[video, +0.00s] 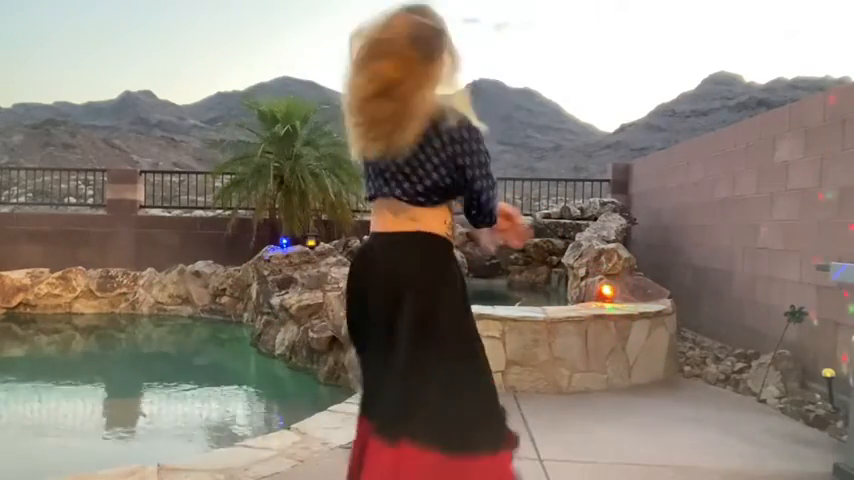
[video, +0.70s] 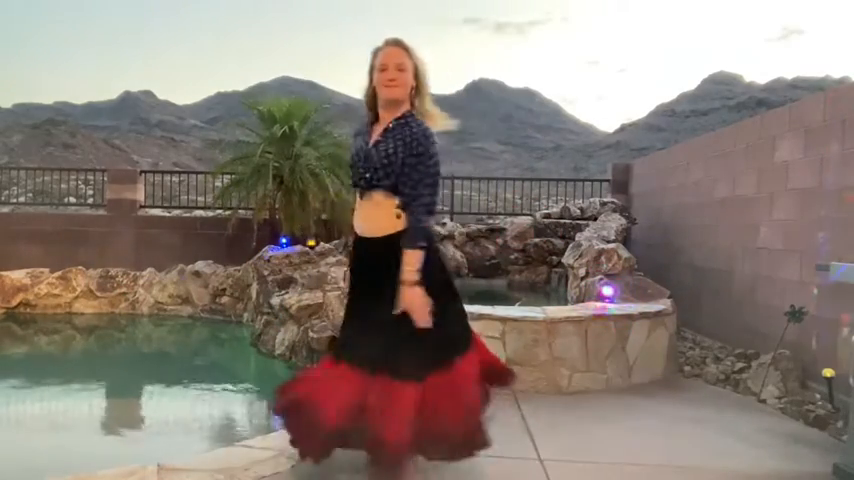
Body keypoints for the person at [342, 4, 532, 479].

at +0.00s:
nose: (450, 62)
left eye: (446, 54)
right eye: (446, 54)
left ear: (381, 58)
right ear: (439, 61)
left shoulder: (374, 119)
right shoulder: (455, 126)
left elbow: (417, 192)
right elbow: (482, 211)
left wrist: (491, 209)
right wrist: (503, 223)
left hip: (373, 262)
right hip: (428, 266)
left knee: (386, 394)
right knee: (457, 398)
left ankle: (388, 472)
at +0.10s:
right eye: (445, 64)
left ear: (381, 68)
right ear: (446, 71)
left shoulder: (369, 129)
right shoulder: (457, 133)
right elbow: (472, 213)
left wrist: (474, 223)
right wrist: (487, 235)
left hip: (372, 263)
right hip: (427, 266)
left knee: (387, 391)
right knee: (457, 390)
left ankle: (395, 469)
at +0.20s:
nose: (379, 76)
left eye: (384, 68)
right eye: (382, 66)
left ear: (396, 78)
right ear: (443, 81)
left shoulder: (370, 136)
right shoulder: (455, 141)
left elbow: (360, 190)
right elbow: (452, 210)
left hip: (369, 259)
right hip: (425, 261)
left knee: (380, 374)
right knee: (443, 375)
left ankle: (391, 464)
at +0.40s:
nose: (390, 79)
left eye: (402, 72)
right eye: (390, 70)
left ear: (427, 85)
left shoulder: (394, 131)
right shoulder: (425, 131)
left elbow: (342, 198)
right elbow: (406, 208)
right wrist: (357, 244)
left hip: (393, 255)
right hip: (419, 250)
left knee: (390, 365)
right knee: (442, 361)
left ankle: (385, 461)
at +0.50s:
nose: (392, 78)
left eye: (403, 73)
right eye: (390, 71)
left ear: (427, 85)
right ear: (387, 75)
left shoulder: (408, 131)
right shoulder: (407, 128)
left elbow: (369, 194)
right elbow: (385, 200)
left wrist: (315, 223)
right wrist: (360, 258)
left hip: (397, 255)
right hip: (402, 250)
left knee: (396, 364)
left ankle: (394, 460)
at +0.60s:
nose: (394, 78)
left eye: (404, 71)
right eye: (388, 70)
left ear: (420, 83)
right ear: (378, 78)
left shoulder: (414, 136)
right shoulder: (387, 130)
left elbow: (396, 208)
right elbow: (384, 197)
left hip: (404, 253)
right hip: (385, 249)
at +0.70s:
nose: (391, 76)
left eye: (400, 69)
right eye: (383, 69)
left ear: (414, 79)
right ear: (373, 78)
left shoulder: (417, 136)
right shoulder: (366, 132)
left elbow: (421, 209)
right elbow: (367, 196)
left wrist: (411, 280)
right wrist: (361, 248)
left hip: (403, 250)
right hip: (369, 249)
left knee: (395, 347)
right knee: (371, 343)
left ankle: (396, 453)